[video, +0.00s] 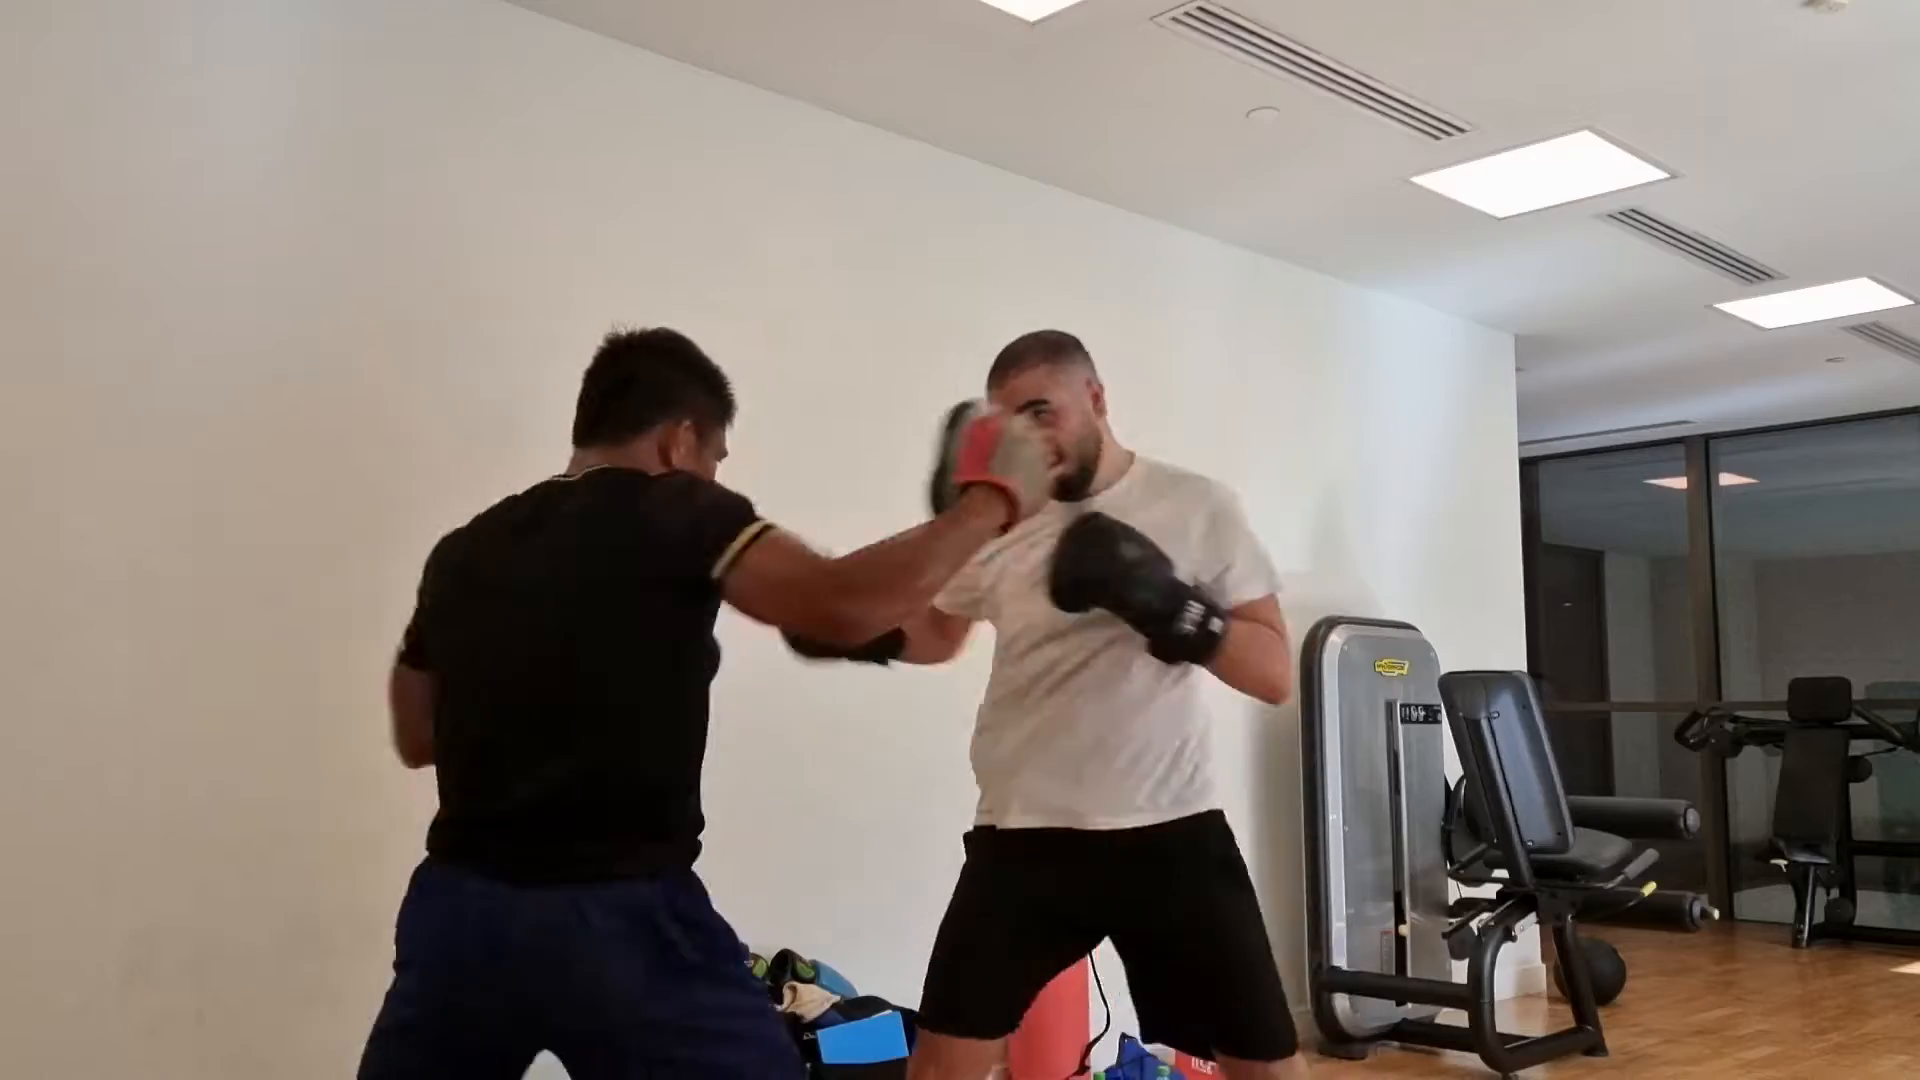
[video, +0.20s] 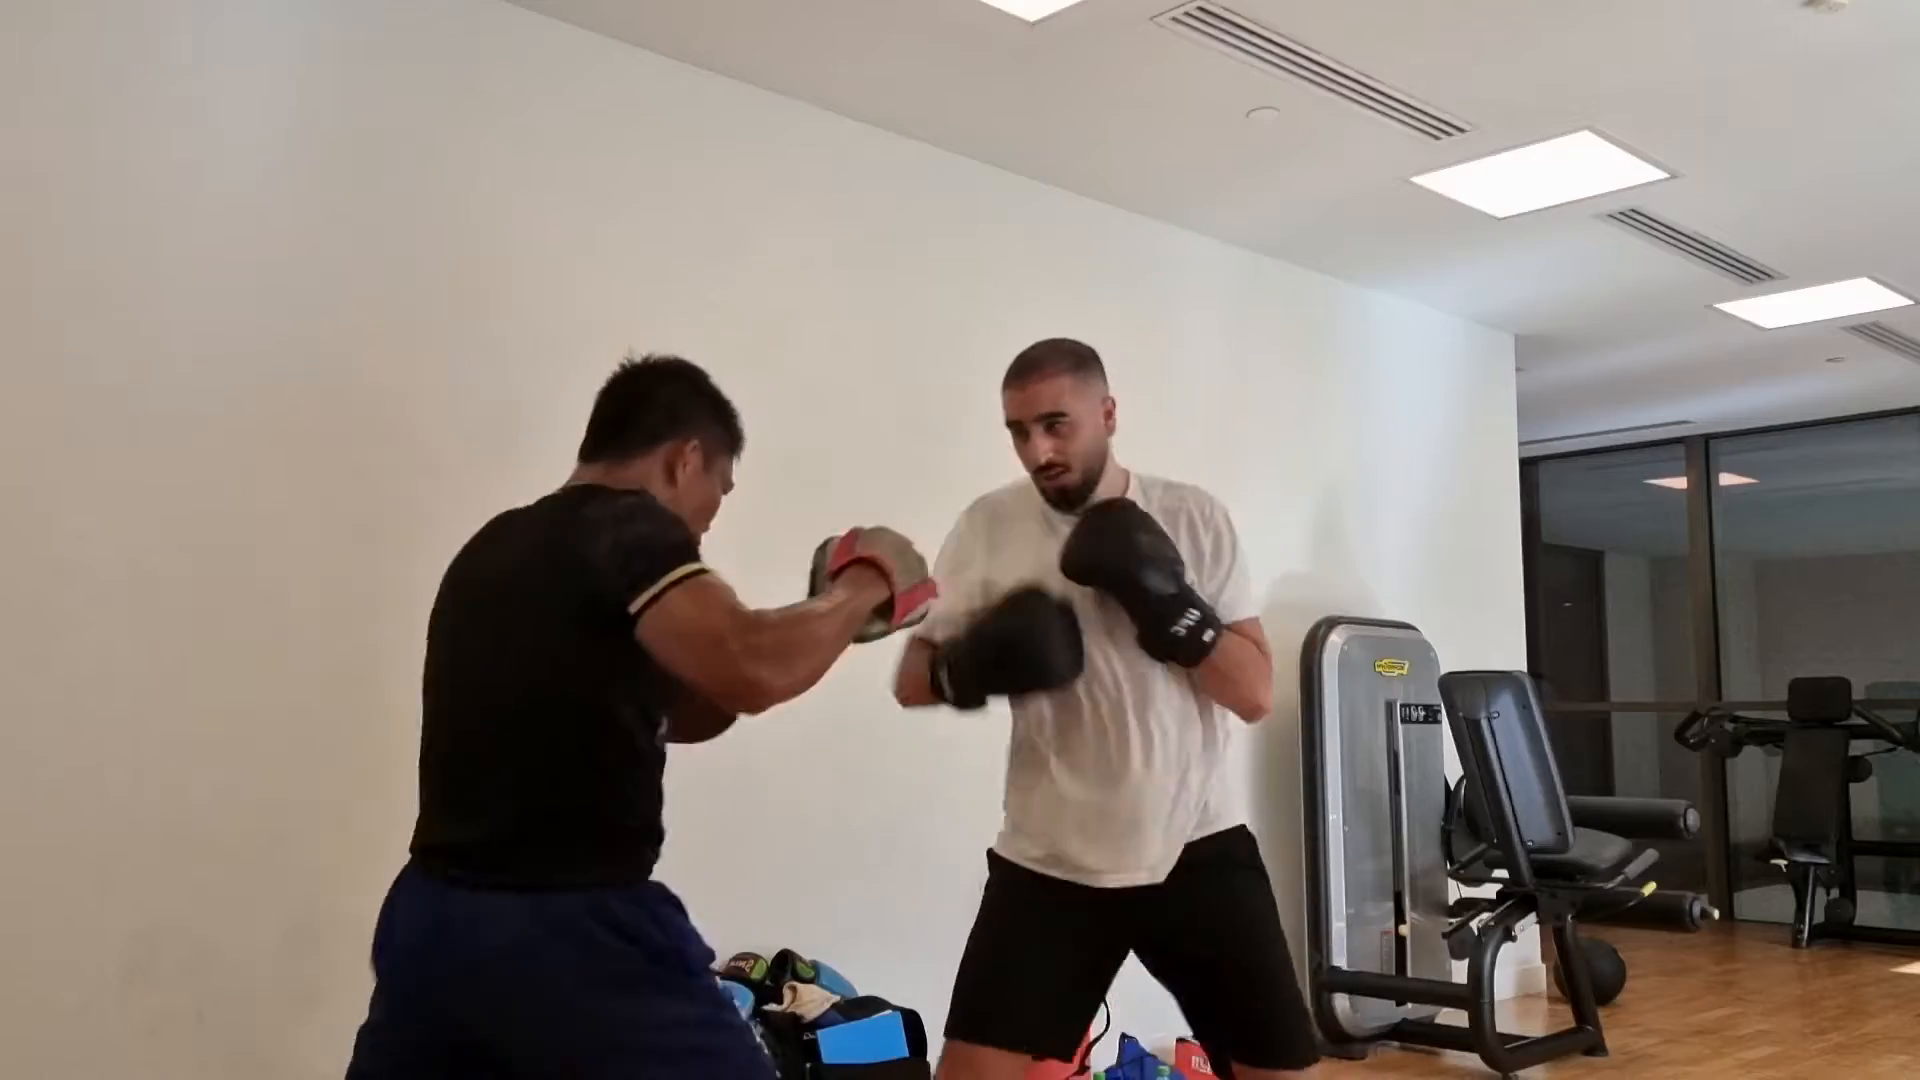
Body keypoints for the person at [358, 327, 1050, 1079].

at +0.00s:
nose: (714, 482)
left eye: (721, 465)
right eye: (716, 462)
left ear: (585, 433)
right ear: (677, 440)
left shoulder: (464, 551)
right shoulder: (677, 510)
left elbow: (416, 736)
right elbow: (839, 604)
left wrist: (551, 707)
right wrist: (989, 502)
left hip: (456, 926)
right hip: (630, 928)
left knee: (401, 1069)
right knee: (765, 1060)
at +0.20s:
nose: (715, 513)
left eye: (724, 493)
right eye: (721, 487)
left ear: (596, 450)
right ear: (683, 460)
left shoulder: (487, 550)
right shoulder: (627, 529)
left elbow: (685, 714)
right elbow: (753, 667)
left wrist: (818, 619)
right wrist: (862, 591)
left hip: (435, 924)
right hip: (588, 934)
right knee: (731, 1059)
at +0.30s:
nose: (705, 533)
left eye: (715, 513)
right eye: (712, 507)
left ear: (587, 467)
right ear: (674, 478)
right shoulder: (610, 546)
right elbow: (760, 648)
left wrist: (797, 610)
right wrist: (839, 583)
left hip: (424, 955)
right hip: (572, 959)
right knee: (740, 1065)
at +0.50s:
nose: (710, 522)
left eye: (715, 506)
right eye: (712, 502)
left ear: (584, 470)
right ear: (676, 480)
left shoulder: (447, 568)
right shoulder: (689, 549)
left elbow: (363, 759)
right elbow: (858, 641)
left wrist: (493, 720)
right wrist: (868, 497)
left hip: (428, 950)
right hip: (613, 958)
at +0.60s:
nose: (671, 531)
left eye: (679, 518)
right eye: (674, 513)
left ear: (551, 471)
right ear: (637, 483)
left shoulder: (408, 568)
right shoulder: (642, 554)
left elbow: (348, 765)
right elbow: (809, 662)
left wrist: (466, 693)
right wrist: (840, 546)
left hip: (398, 956)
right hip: (588, 959)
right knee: (711, 1057)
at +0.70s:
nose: (633, 532)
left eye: (642, 515)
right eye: (635, 513)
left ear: (503, 478)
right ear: (592, 485)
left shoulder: (374, 575)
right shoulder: (593, 553)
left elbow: (326, 738)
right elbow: (724, 667)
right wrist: (845, 592)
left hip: (378, 961)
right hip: (560, 957)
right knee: (717, 1059)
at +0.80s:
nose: (644, 530)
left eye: (656, 509)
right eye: (652, 504)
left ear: (527, 463)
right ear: (612, 473)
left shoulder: (414, 565)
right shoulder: (582, 541)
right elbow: (659, 702)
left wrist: (752, 661)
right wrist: (794, 638)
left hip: (388, 954)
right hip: (549, 956)